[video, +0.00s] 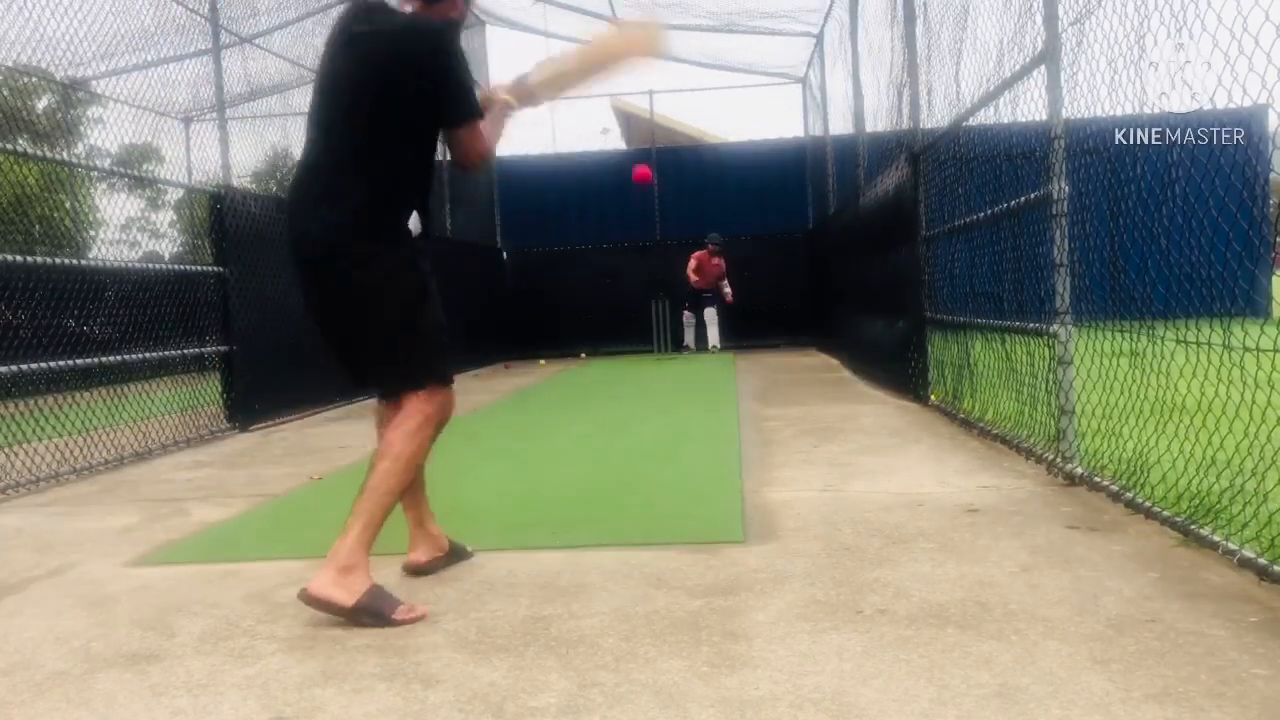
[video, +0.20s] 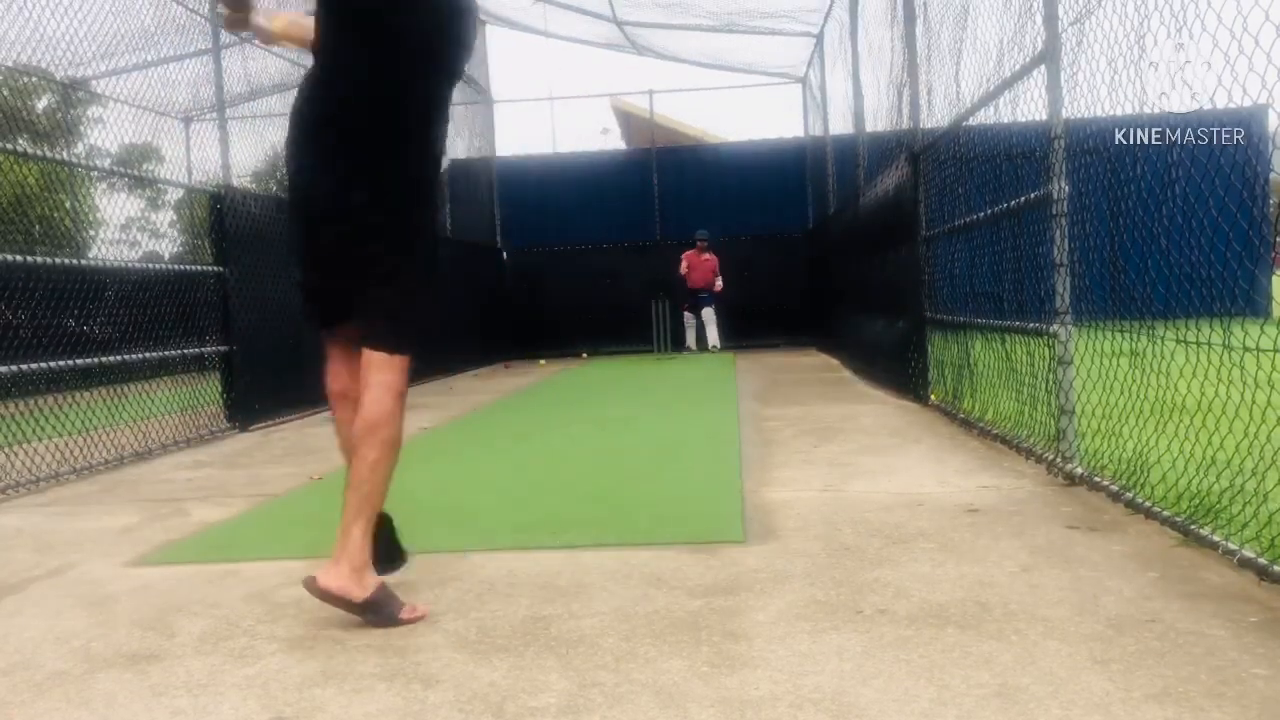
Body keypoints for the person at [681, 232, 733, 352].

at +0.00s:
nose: (715, 248)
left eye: (717, 245)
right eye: (713, 245)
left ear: (720, 246)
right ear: (707, 245)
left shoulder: (720, 260)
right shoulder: (698, 256)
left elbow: (722, 279)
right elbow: (689, 269)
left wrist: (727, 292)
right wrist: (693, 277)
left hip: (710, 290)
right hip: (695, 289)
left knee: (711, 314)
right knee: (688, 315)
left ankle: (714, 345)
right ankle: (689, 345)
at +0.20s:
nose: (702, 244)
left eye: (704, 241)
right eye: (700, 241)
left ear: (707, 242)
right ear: (696, 242)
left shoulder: (712, 258)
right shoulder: (687, 256)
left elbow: (717, 275)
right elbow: (682, 271)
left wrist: (718, 283)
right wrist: (683, 269)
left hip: (707, 292)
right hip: (691, 292)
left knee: (709, 317)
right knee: (689, 319)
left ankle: (714, 345)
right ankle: (690, 346)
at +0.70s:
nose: (692, 244)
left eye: (694, 241)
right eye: (690, 242)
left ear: (699, 241)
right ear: (687, 243)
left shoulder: (708, 255)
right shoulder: (684, 257)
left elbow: (716, 272)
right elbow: (682, 272)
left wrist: (711, 278)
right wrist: (686, 275)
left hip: (704, 288)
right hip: (690, 289)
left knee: (707, 316)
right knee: (689, 318)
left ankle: (713, 345)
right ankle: (690, 346)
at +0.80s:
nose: (693, 244)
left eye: (695, 241)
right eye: (691, 242)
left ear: (700, 241)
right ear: (689, 243)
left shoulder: (710, 255)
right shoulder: (686, 257)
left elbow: (717, 272)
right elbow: (683, 272)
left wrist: (712, 278)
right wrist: (687, 275)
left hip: (705, 287)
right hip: (691, 288)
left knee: (707, 315)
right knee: (690, 317)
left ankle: (713, 345)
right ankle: (691, 346)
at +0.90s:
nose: (693, 246)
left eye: (695, 243)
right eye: (691, 243)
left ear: (701, 241)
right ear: (690, 243)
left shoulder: (712, 255)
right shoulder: (688, 257)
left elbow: (719, 272)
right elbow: (686, 272)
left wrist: (713, 279)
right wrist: (689, 276)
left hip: (707, 288)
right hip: (693, 288)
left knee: (709, 315)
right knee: (691, 316)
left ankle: (713, 345)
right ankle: (691, 346)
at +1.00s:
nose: (694, 246)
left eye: (695, 243)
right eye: (692, 244)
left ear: (702, 242)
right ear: (691, 244)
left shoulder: (713, 254)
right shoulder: (690, 257)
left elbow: (722, 272)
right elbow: (688, 272)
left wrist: (713, 279)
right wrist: (692, 276)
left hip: (708, 288)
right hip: (696, 288)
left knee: (710, 314)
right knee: (691, 314)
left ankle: (713, 345)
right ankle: (691, 346)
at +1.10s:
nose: (693, 247)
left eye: (695, 244)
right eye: (692, 244)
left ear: (702, 242)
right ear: (693, 244)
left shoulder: (714, 254)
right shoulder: (693, 257)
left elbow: (723, 272)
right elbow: (691, 272)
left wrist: (713, 279)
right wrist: (694, 277)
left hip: (709, 288)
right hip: (697, 288)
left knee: (710, 314)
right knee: (693, 314)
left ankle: (713, 345)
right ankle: (691, 345)